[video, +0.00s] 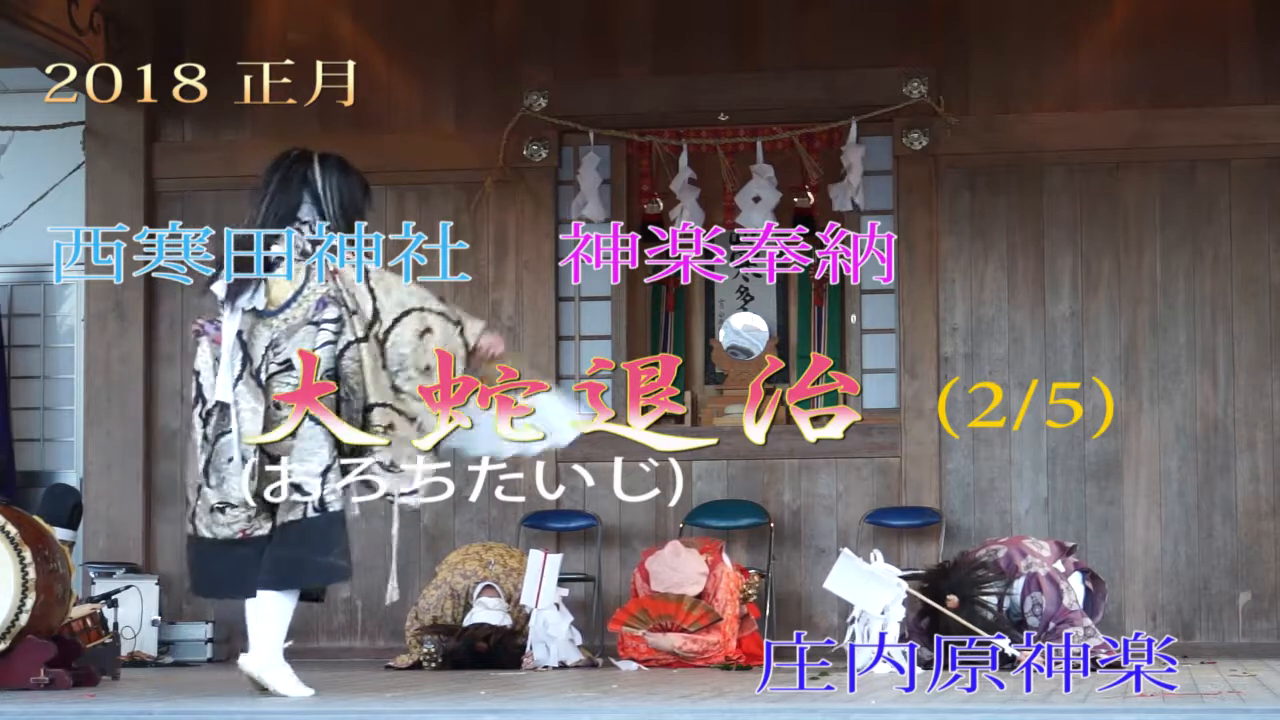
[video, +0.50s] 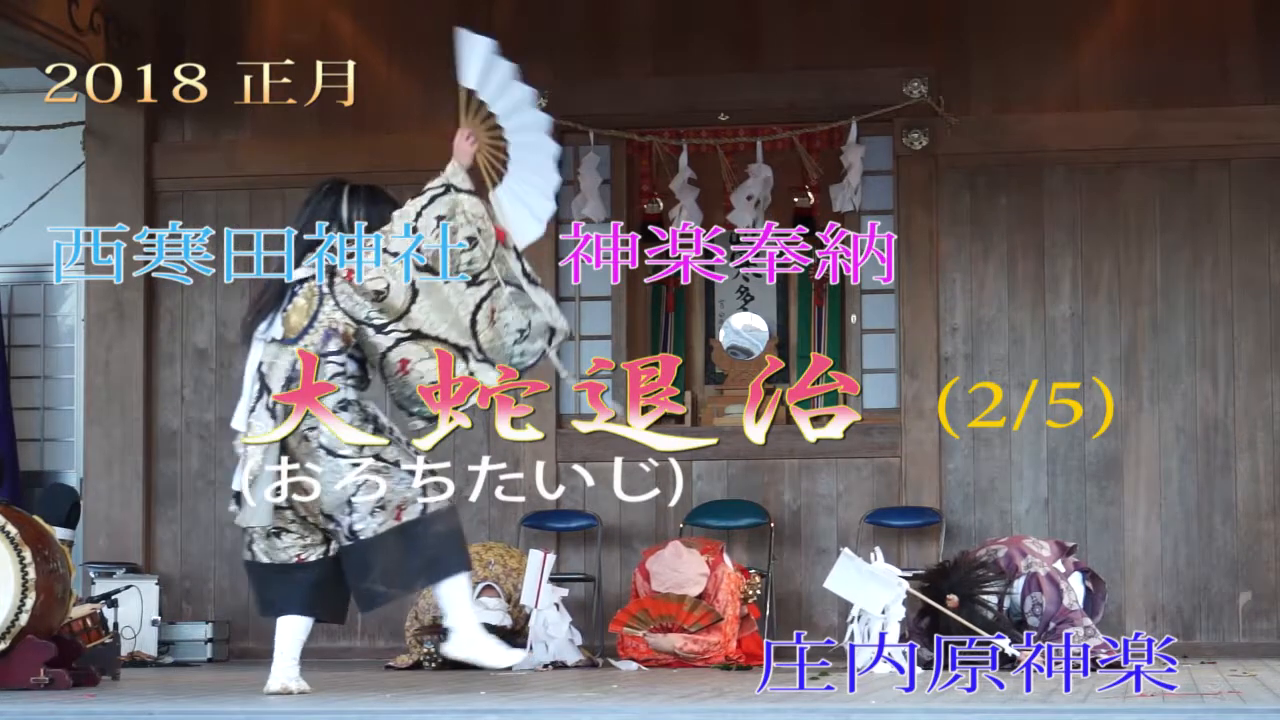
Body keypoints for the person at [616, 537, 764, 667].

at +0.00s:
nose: (679, 605)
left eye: (687, 597)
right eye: (670, 598)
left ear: (699, 582)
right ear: (655, 585)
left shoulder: (721, 575)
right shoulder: (641, 575)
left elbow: (723, 643)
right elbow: (629, 648)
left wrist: (671, 642)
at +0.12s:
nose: (677, 605)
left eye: (687, 597)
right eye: (669, 597)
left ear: (700, 582)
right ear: (655, 584)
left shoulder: (721, 576)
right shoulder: (641, 575)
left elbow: (723, 643)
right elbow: (628, 648)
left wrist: (672, 643)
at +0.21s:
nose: (679, 606)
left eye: (688, 597)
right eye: (669, 597)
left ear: (700, 581)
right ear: (656, 584)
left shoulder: (721, 575)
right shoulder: (641, 575)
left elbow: (723, 643)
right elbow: (628, 648)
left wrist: (671, 643)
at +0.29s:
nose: (678, 606)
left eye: (687, 597)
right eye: (669, 597)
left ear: (700, 582)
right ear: (655, 584)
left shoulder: (721, 575)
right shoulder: (641, 575)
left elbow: (723, 643)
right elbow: (628, 647)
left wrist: (671, 643)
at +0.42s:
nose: (678, 606)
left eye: (688, 597)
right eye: (669, 597)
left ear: (700, 581)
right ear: (656, 584)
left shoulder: (721, 575)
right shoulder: (641, 575)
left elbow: (723, 643)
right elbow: (628, 647)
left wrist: (672, 643)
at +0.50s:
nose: (680, 608)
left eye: (688, 599)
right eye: (670, 599)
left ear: (700, 582)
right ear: (655, 584)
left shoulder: (722, 576)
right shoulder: (642, 574)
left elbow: (723, 643)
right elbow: (628, 647)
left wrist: (673, 643)